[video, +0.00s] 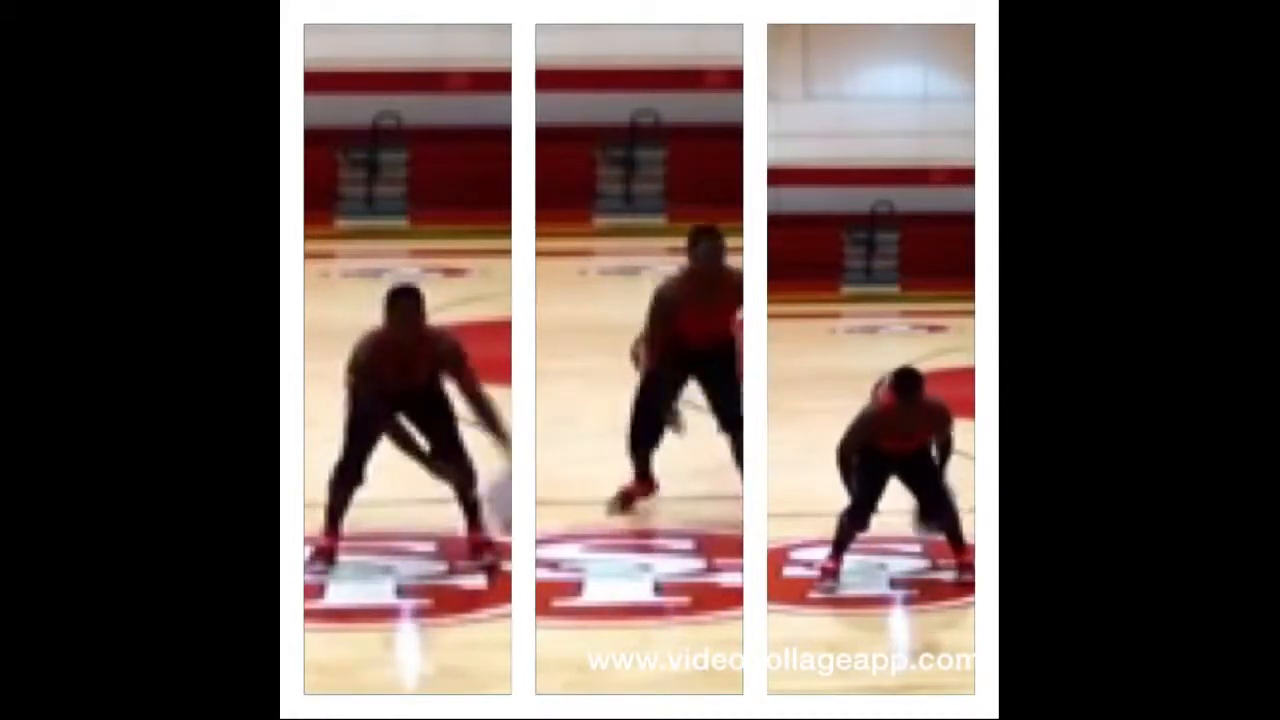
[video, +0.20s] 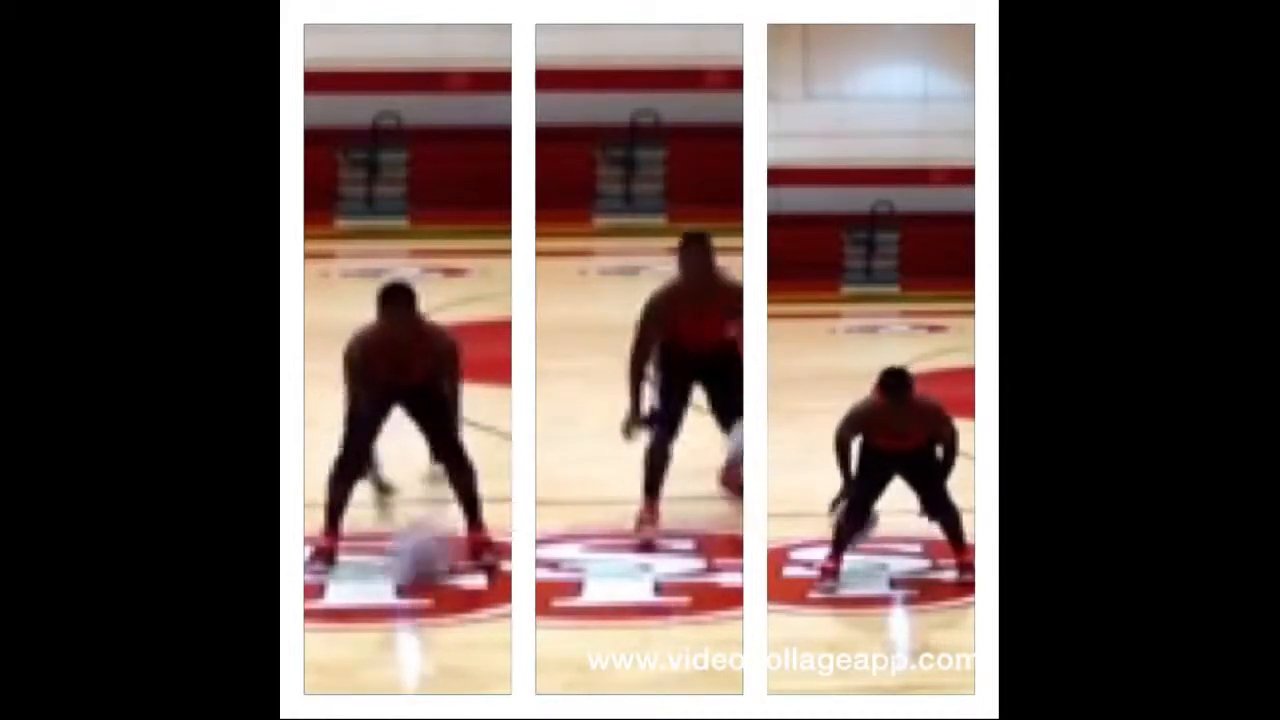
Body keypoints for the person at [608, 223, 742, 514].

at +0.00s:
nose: (710, 261)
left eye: (715, 253)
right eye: (703, 254)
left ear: (723, 253)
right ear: (691, 255)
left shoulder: (735, 285)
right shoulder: (671, 293)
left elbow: (752, 323)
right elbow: (653, 352)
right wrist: (666, 404)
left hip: (717, 354)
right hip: (673, 355)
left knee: (736, 418)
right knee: (646, 412)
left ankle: (754, 483)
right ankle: (643, 479)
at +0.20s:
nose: (696, 271)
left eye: (702, 262)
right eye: (690, 263)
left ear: (712, 261)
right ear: (680, 263)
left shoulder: (732, 297)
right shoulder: (664, 303)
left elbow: (752, 347)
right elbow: (639, 355)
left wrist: (752, 396)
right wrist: (635, 407)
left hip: (721, 363)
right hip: (676, 365)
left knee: (741, 428)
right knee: (662, 434)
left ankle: (733, 474)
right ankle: (650, 506)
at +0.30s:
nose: (694, 279)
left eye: (699, 271)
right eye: (688, 272)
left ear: (709, 271)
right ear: (678, 273)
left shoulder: (728, 308)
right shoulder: (664, 311)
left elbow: (735, 366)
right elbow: (644, 359)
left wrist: (710, 414)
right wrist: (642, 406)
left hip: (718, 377)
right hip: (680, 378)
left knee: (748, 430)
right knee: (676, 436)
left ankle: (731, 476)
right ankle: (652, 505)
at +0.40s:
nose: (687, 268)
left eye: (693, 261)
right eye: (681, 261)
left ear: (704, 261)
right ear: (672, 262)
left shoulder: (727, 298)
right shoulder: (661, 295)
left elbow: (744, 346)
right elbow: (629, 330)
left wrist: (735, 387)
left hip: (721, 364)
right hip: (678, 364)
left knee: (734, 423)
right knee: (666, 430)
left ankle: (733, 473)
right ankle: (649, 503)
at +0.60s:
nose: (683, 265)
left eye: (691, 257)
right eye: (678, 257)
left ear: (703, 259)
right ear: (671, 257)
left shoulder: (724, 295)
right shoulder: (653, 290)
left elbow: (745, 342)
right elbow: (629, 336)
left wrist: (746, 387)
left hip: (714, 353)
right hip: (669, 351)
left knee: (729, 420)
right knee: (637, 418)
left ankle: (756, 487)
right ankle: (648, 496)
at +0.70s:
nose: (690, 269)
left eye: (697, 261)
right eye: (685, 261)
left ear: (708, 264)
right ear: (677, 263)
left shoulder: (727, 307)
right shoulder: (657, 305)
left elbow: (739, 363)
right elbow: (656, 366)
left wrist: (739, 412)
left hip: (710, 373)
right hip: (666, 371)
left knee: (726, 437)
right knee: (622, 428)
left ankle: (751, 508)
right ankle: (648, 497)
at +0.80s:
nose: (696, 266)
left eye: (703, 258)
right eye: (690, 258)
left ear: (713, 260)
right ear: (680, 260)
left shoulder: (728, 297)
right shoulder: (661, 301)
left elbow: (746, 347)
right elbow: (656, 364)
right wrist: (678, 407)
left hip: (709, 367)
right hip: (665, 367)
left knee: (726, 438)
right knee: (629, 434)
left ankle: (749, 506)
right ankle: (648, 497)